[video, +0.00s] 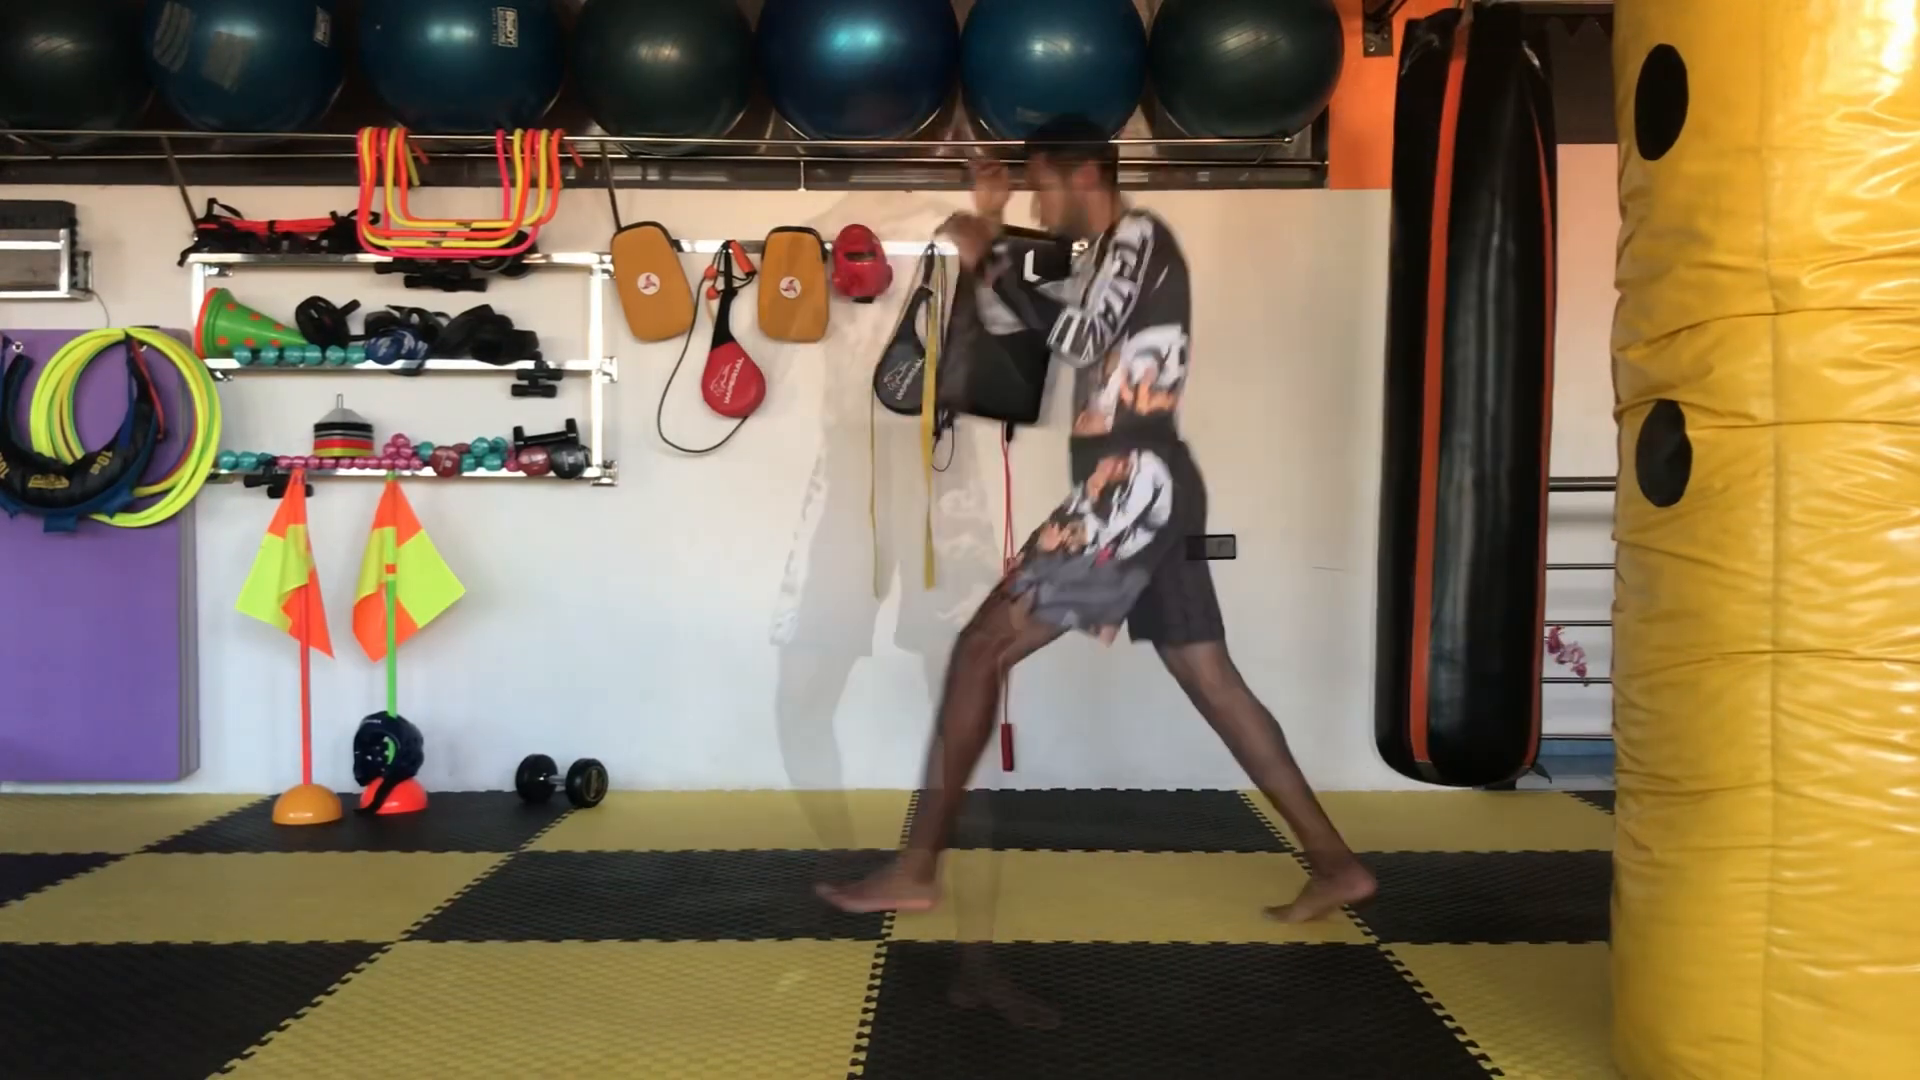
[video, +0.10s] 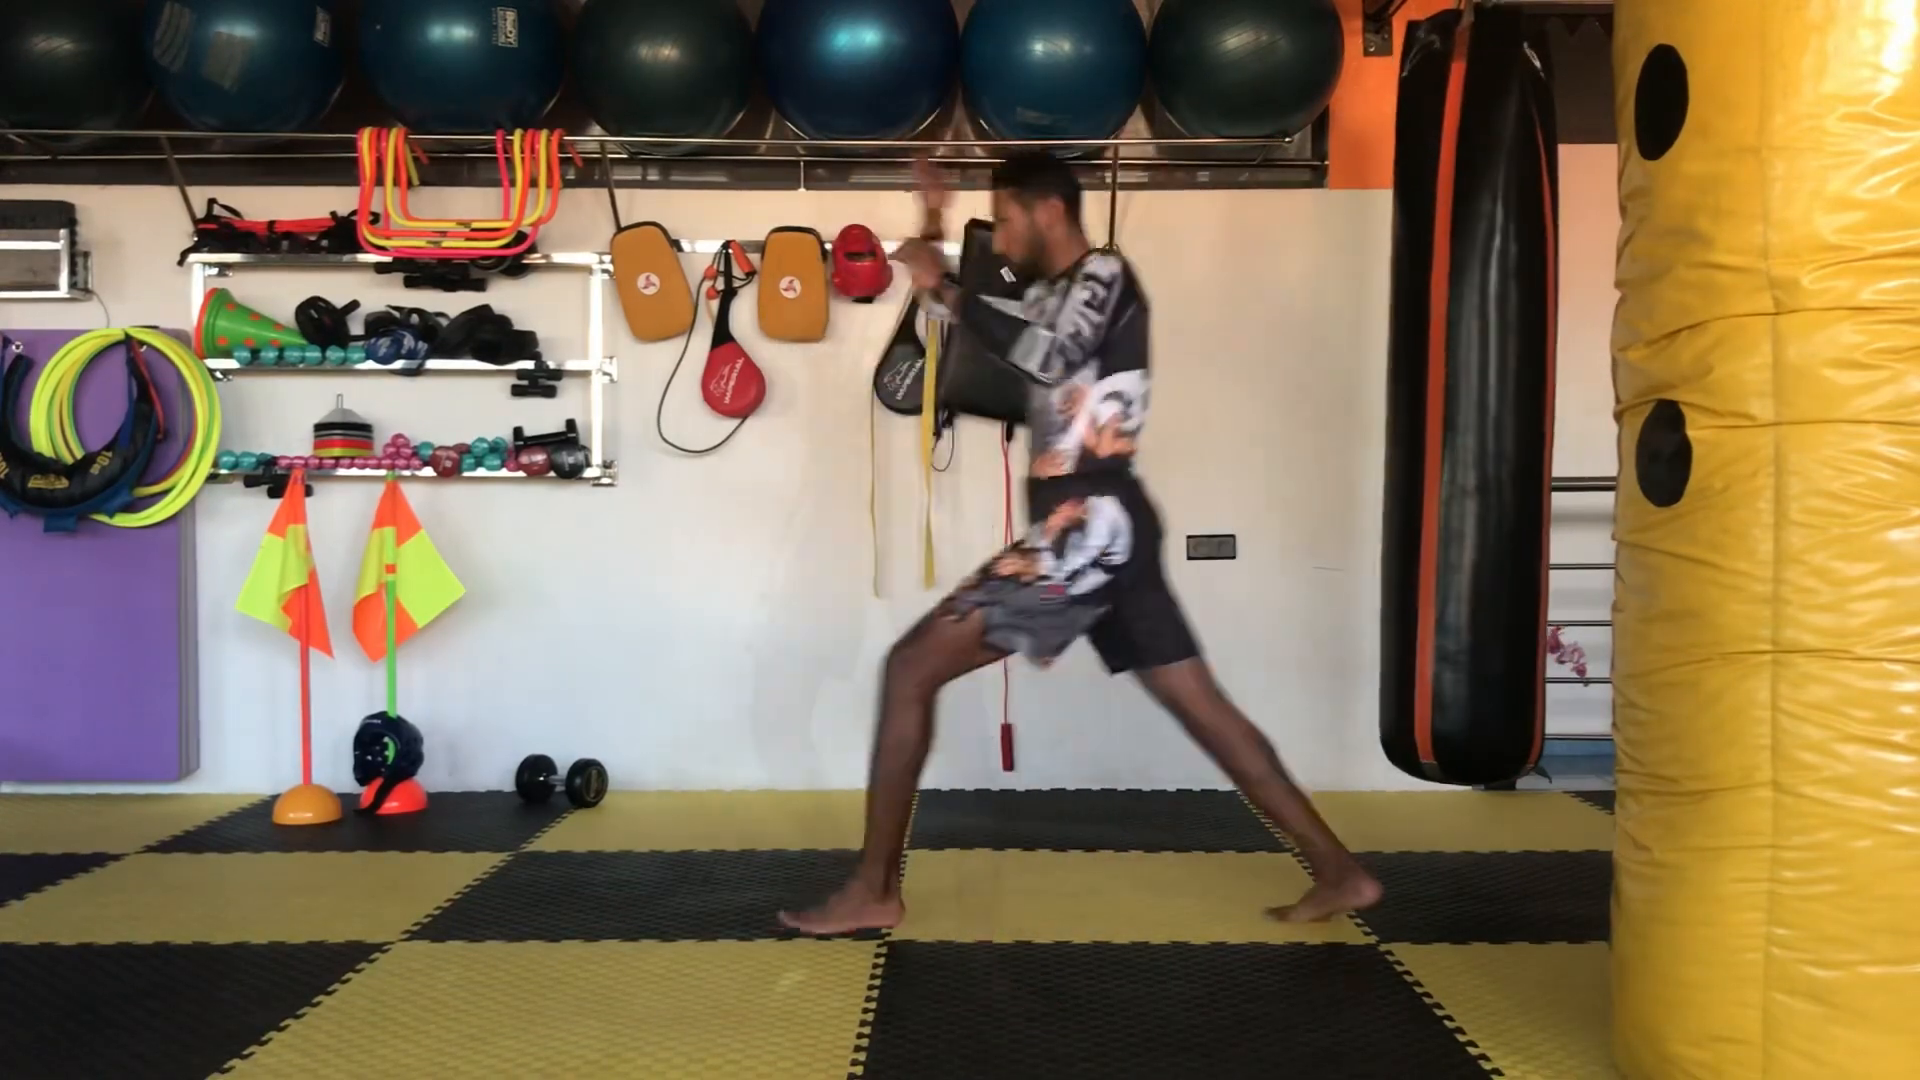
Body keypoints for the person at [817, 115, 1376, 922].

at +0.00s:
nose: (1040, 205)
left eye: (1045, 189)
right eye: (1038, 190)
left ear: (1088, 176)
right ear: (1089, 181)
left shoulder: (1138, 239)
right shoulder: (1109, 249)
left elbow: (1084, 338)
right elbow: (1034, 300)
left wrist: (990, 256)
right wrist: (990, 232)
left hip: (1131, 486)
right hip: (1150, 484)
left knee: (980, 648)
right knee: (1213, 681)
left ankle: (915, 869)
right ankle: (1334, 862)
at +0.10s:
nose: (997, 238)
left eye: (1005, 221)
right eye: (995, 224)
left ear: (1052, 213)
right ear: (1051, 216)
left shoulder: (1096, 280)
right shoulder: (1073, 285)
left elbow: (1049, 358)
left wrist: (953, 297)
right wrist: (934, 219)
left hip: (1084, 524)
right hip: (1107, 518)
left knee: (911, 668)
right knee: (1200, 702)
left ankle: (873, 887)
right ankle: (1340, 871)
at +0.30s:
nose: (940, 188)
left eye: (946, 170)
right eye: (938, 174)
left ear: (989, 163)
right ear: (993, 166)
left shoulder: (1028, 224)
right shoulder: (996, 249)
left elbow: (908, 236)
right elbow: (949, 379)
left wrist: (854, 178)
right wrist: (862, 336)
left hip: (964, 490)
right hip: (958, 487)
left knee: (836, 679)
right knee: (871, 662)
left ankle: (863, 890)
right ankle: (1027, 732)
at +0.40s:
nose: (932, 168)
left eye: (938, 151)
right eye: (931, 155)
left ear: (983, 139)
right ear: (985, 143)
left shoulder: (1016, 186)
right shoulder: (1020, 236)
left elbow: (869, 199)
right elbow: (1026, 398)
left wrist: (921, 185)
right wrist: (937, 393)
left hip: (919, 455)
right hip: (887, 433)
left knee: (837, 665)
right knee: (728, 497)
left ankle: (855, 877)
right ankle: (842, 606)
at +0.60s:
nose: (931, 177)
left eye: (940, 162)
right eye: (932, 165)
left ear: (988, 155)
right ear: (986, 158)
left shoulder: (1015, 227)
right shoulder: (973, 229)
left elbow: (1007, 365)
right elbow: (1006, 370)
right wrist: (993, 488)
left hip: (836, 428)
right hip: (793, 375)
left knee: (808, 653)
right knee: (623, 317)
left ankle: (836, 861)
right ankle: (720, 483)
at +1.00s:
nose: (892, 155)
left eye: (901, 138)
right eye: (892, 140)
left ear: (948, 137)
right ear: (947, 138)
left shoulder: (977, 218)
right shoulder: (921, 223)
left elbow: (847, 248)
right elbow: (856, 301)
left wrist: (799, 202)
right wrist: (779, 283)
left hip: (870, 447)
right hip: (810, 423)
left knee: (857, 669)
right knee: (638, 471)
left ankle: (858, 877)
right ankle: (768, 612)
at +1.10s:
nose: (877, 144)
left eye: (886, 126)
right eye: (879, 128)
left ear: (935, 128)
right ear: (934, 133)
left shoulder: (960, 208)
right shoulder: (929, 213)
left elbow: (854, 270)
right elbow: (866, 287)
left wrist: (764, 227)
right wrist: (798, 239)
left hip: (886, 452)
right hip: (836, 439)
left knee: (867, 667)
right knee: (687, 547)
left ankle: (858, 878)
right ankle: (832, 665)